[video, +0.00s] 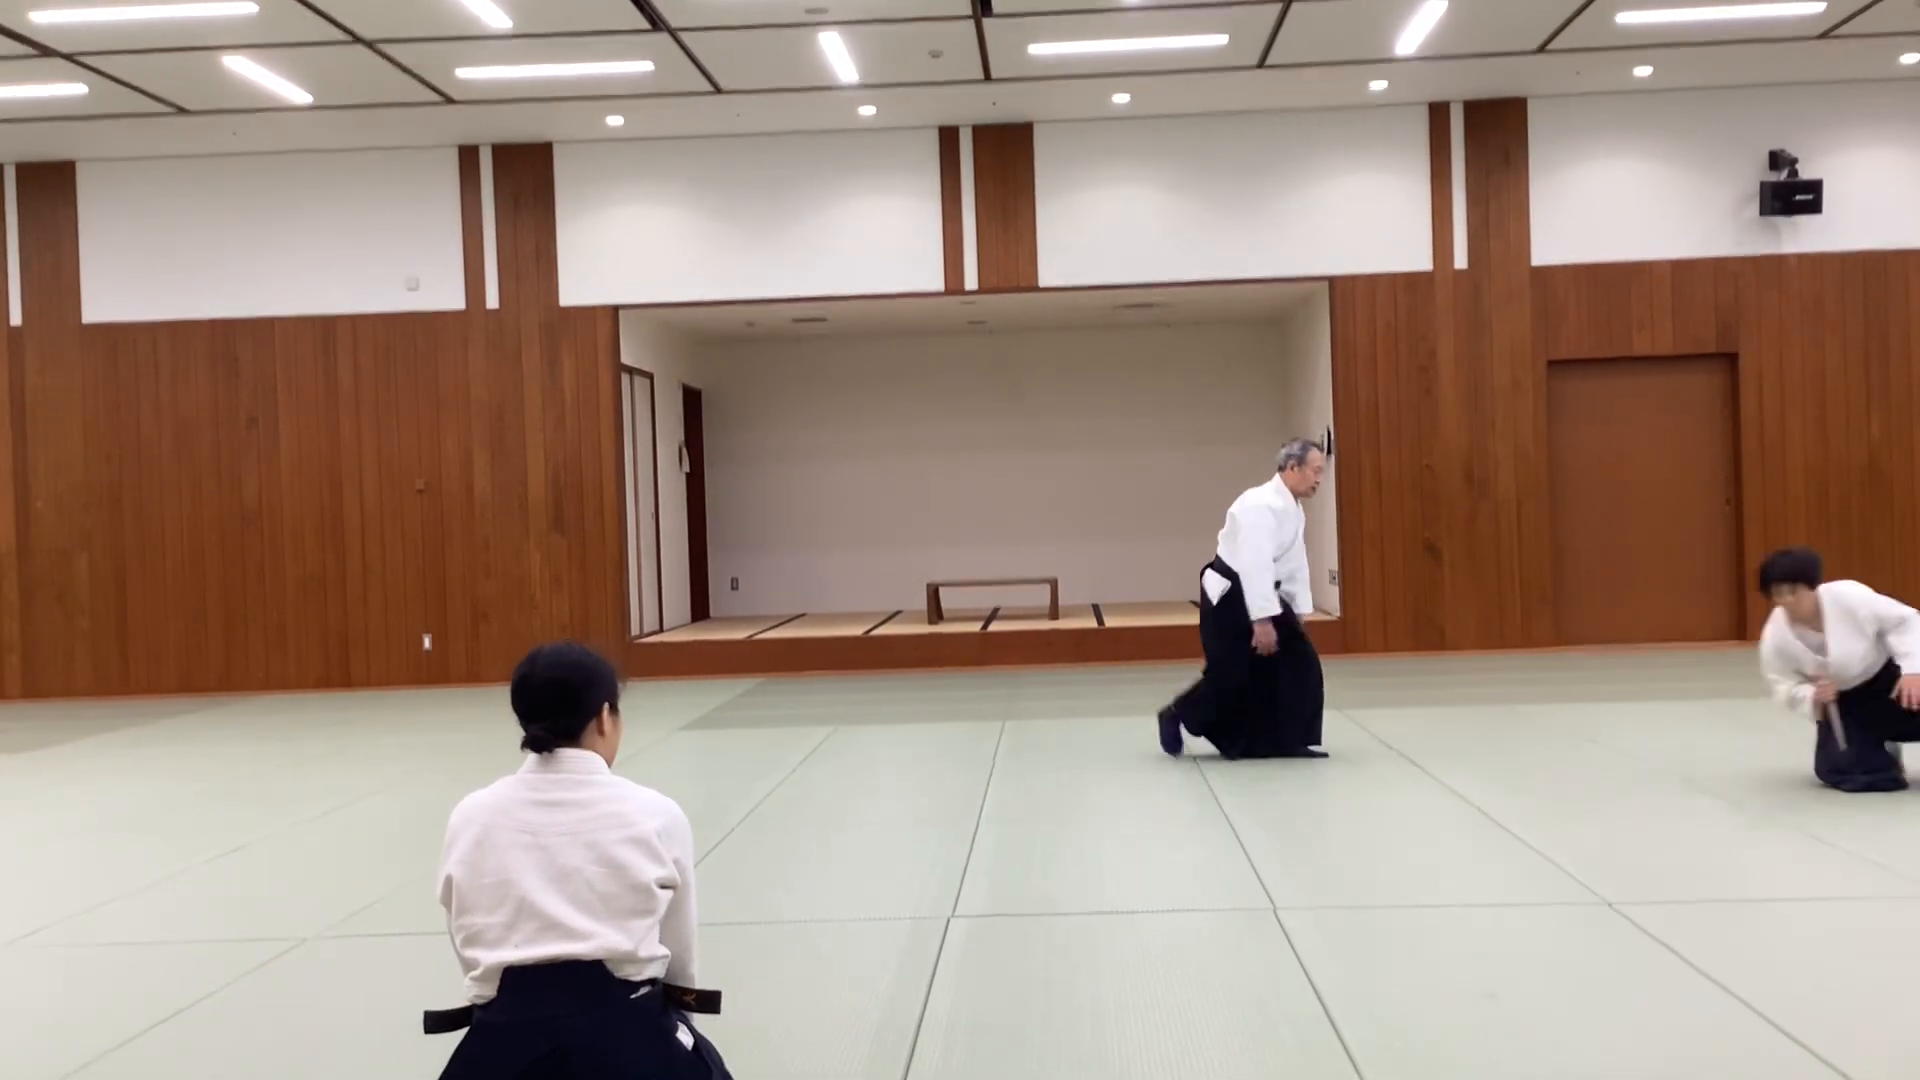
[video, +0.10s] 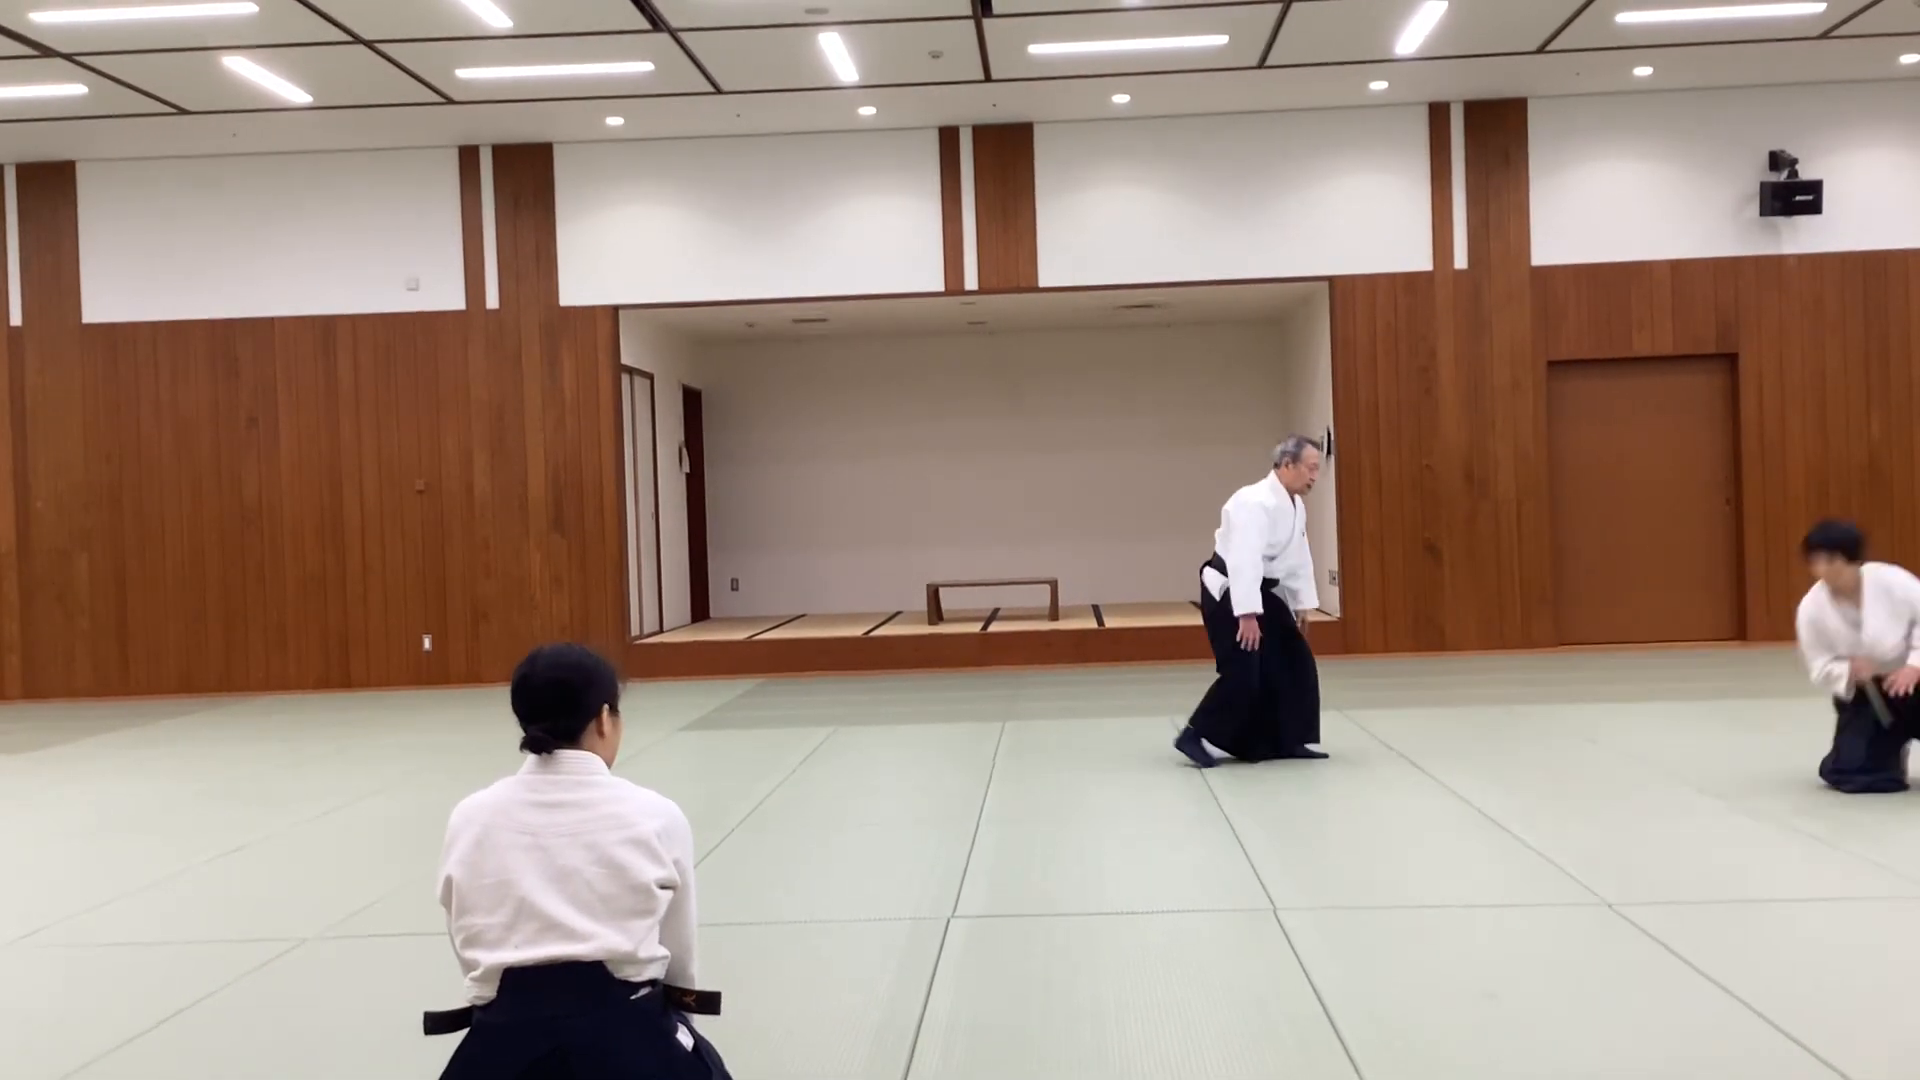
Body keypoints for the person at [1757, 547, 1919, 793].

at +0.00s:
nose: (1786, 601)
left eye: (1793, 591)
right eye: (1778, 594)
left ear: (1812, 586)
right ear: (1772, 597)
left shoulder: (1847, 597)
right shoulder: (1775, 637)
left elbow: (1906, 620)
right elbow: (1780, 687)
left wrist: (1911, 670)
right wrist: (1811, 695)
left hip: (1886, 681)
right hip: (1840, 702)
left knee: (1912, 724)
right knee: (1834, 770)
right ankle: (1888, 760)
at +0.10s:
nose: (1820, 570)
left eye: (1827, 560)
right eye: (1816, 561)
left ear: (1845, 559)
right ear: (1811, 564)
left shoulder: (1894, 582)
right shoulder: (1811, 608)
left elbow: (1919, 620)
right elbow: (1819, 667)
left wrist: (1913, 665)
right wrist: (1849, 670)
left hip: (1905, 688)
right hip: (1858, 696)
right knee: (1843, 772)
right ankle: (1894, 754)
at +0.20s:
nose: (1858, 537)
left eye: (1867, 528)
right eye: (1854, 528)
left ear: (1893, 531)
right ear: (1849, 531)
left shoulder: (1915, 561)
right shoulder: (1846, 576)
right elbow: (1841, 638)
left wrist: (1915, 650)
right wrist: (1873, 645)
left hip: (1916, 673)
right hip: (1878, 676)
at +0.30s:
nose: (1877, 508)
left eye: (1887, 500)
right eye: (1874, 500)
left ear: (1913, 506)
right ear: (1870, 504)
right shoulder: (1865, 552)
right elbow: (1855, 614)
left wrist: (1916, 629)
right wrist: (1885, 626)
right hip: (1894, 660)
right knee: (1894, 764)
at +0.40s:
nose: (1879, 488)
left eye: (1889, 480)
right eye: (1876, 480)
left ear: (1913, 485)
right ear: (1872, 484)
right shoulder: (1867, 533)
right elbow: (1858, 596)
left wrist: (1917, 613)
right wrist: (1883, 609)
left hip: (1919, 640)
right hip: (1894, 643)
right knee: (1875, 719)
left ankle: (1907, 773)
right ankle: (1899, 775)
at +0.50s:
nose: (1862, 471)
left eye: (1872, 464)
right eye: (1860, 463)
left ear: (1899, 470)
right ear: (1857, 468)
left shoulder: (1919, 510)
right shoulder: (1855, 517)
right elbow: (1848, 576)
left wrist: (1916, 604)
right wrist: (1865, 599)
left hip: (1917, 631)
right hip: (1882, 630)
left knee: (1899, 705)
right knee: (1836, 691)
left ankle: (1879, 763)